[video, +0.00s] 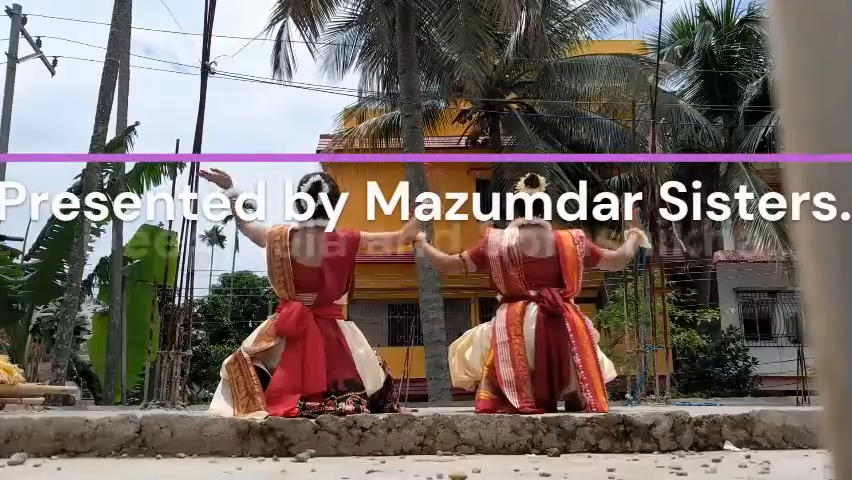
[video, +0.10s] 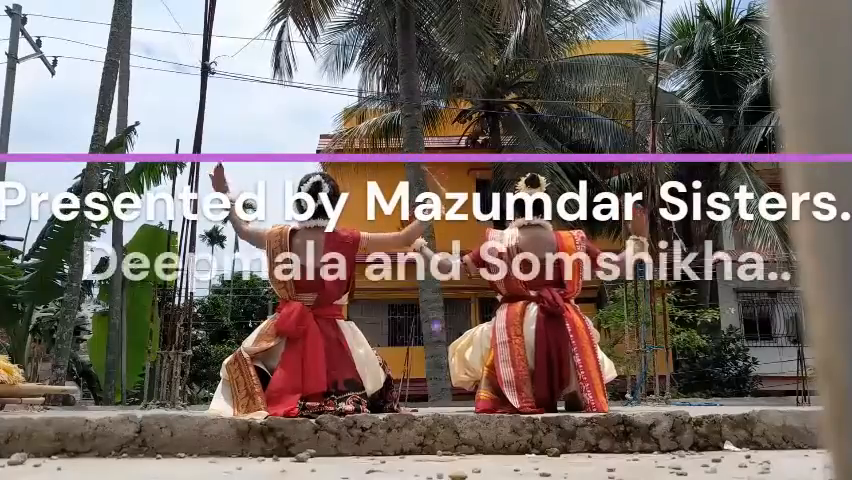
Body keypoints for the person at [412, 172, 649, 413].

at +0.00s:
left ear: (512, 207)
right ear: (548, 207)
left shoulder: (495, 241)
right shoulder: (571, 240)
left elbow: (449, 265)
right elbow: (617, 260)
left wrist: (419, 244)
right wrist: (633, 239)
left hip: (513, 330)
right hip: (565, 328)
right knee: (578, 403)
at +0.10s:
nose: (528, 213)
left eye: (526, 205)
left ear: (513, 206)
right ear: (548, 204)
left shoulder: (499, 240)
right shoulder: (572, 239)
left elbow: (462, 265)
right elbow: (609, 266)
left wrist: (427, 253)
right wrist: (637, 238)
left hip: (512, 317)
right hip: (565, 316)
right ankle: (581, 402)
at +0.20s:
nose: (526, 210)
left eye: (524, 204)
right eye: (529, 203)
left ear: (513, 207)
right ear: (549, 207)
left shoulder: (496, 242)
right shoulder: (573, 243)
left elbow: (461, 274)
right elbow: (615, 271)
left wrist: (428, 258)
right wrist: (635, 243)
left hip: (512, 325)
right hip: (567, 326)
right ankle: (578, 397)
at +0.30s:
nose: (528, 209)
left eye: (528, 203)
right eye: (530, 203)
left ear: (515, 207)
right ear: (550, 207)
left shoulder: (497, 243)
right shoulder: (573, 244)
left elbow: (462, 274)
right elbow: (616, 271)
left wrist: (426, 260)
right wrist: (638, 246)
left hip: (510, 328)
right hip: (565, 329)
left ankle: (511, 401)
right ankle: (575, 394)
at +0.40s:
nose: (528, 210)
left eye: (526, 204)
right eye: (531, 203)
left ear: (515, 207)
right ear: (549, 206)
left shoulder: (498, 242)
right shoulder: (573, 243)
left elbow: (460, 274)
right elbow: (615, 269)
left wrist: (424, 259)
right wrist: (642, 250)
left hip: (511, 326)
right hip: (564, 325)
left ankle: (509, 401)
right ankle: (578, 398)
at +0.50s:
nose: (527, 213)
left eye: (524, 205)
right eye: (531, 205)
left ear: (516, 207)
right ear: (551, 207)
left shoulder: (499, 241)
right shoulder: (575, 243)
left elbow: (467, 267)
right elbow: (618, 267)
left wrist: (431, 256)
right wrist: (641, 249)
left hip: (513, 328)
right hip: (565, 329)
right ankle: (578, 397)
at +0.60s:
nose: (535, 214)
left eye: (534, 207)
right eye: (535, 207)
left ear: (518, 211)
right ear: (551, 209)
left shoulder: (501, 242)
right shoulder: (576, 243)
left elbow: (467, 264)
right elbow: (617, 267)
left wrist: (436, 255)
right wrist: (637, 250)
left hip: (513, 324)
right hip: (566, 321)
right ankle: (578, 397)